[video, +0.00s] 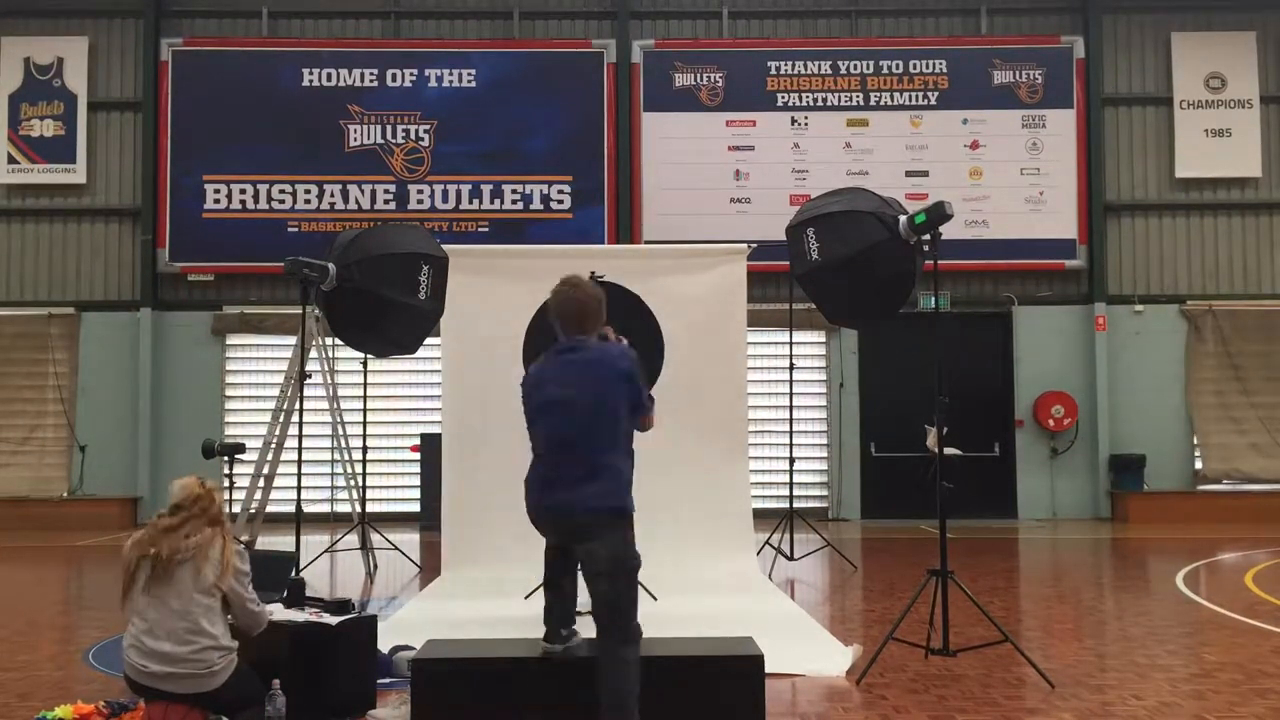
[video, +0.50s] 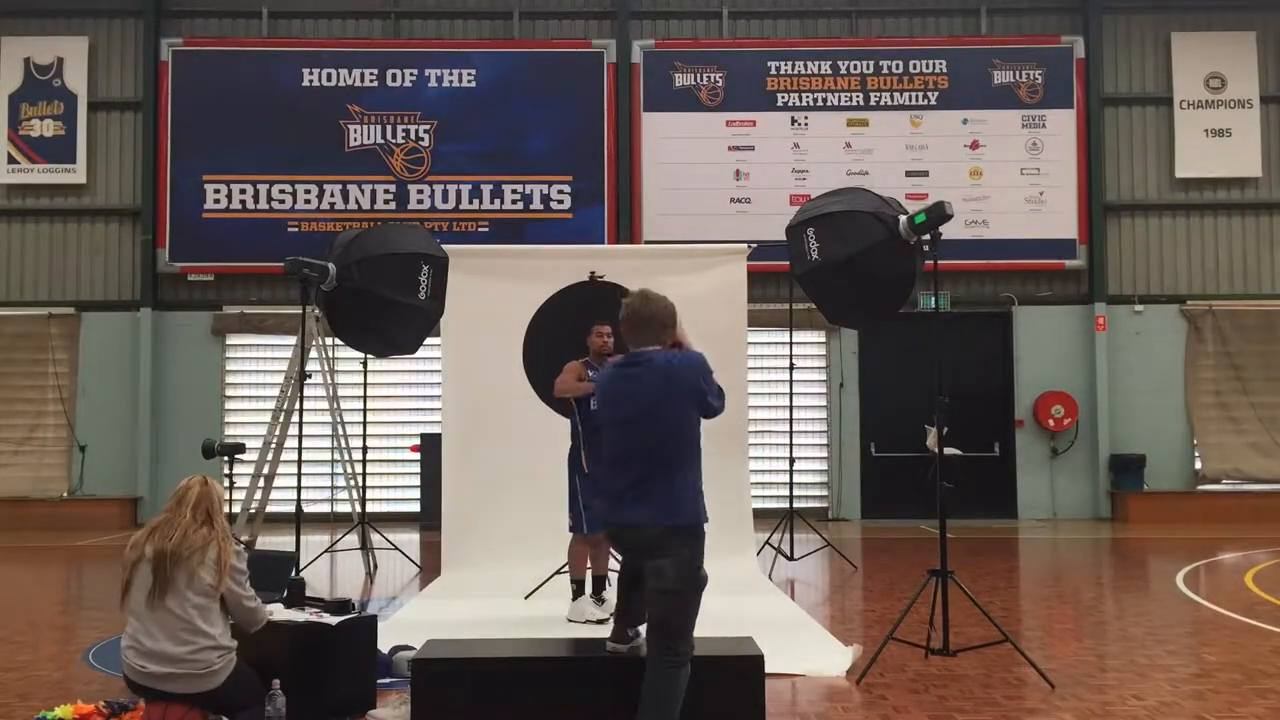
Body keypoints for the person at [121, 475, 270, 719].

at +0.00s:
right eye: (217, 504)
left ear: (173, 508)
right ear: (215, 509)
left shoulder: (142, 542)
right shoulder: (226, 549)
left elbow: (132, 605)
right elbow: (254, 621)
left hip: (140, 678)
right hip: (205, 681)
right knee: (254, 702)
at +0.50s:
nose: (224, 513)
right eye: (222, 507)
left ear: (175, 504)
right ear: (216, 510)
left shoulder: (142, 540)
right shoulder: (223, 548)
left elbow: (133, 603)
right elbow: (251, 618)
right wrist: (263, 612)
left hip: (139, 678)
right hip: (203, 681)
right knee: (254, 700)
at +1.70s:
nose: (223, 514)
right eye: (220, 508)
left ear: (172, 507)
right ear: (213, 509)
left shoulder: (147, 539)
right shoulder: (223, 545)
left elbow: (134, 602)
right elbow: (251, 614)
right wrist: (261, 613)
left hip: (141, 677)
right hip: (205, 680)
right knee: (254, 702)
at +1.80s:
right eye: (237, 523)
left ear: (190, 516)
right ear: (229, 522)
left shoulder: (154, 543)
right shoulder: (229, 548)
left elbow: (137, 606)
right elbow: (255, 617)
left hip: (142, 679)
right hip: (207, 683)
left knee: (125, 613)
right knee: (255, 704)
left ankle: (153, 707)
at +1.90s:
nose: (233, 523)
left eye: (234, 516)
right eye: (232, 516)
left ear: (188, 510)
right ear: (225, 515)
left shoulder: (158, 542)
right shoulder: (229, 546)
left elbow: (140, 602)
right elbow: (255, 613)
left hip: (142, 677)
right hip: (207, 681)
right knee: (256, 702)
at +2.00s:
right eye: (219, 506)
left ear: (170, 504)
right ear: (213, 509)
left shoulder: (142, 540)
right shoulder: (225, 545)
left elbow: (131, 609)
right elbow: (252, 616)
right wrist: (264, 602)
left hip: (142, 679)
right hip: (207, 681)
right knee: (255, 702)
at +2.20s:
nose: (226, 516)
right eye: (223, 510)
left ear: (175, 508)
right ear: (217, 513)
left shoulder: (141, 541)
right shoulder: (226, 550)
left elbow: (130, 609)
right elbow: (236, 625)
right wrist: (241, 586)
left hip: (141, 679)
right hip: (206, 683)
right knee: (254, 704)